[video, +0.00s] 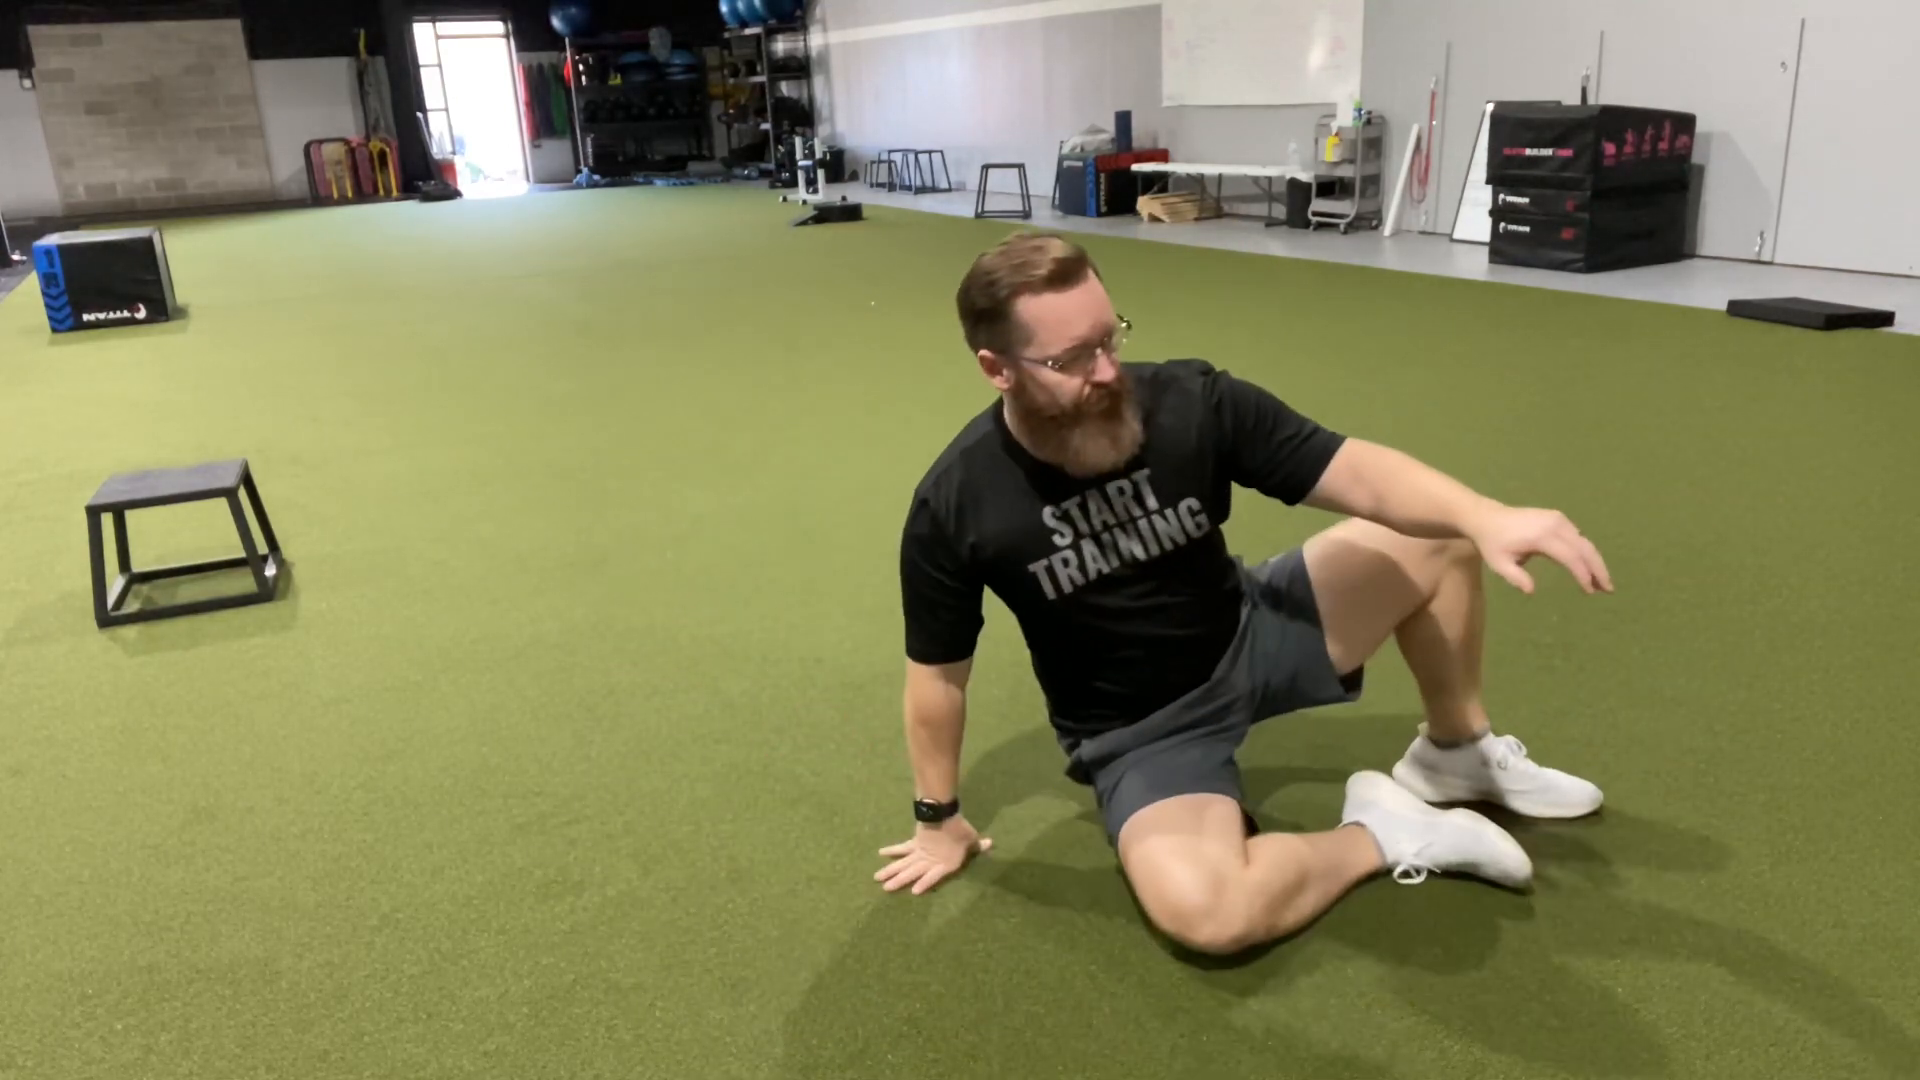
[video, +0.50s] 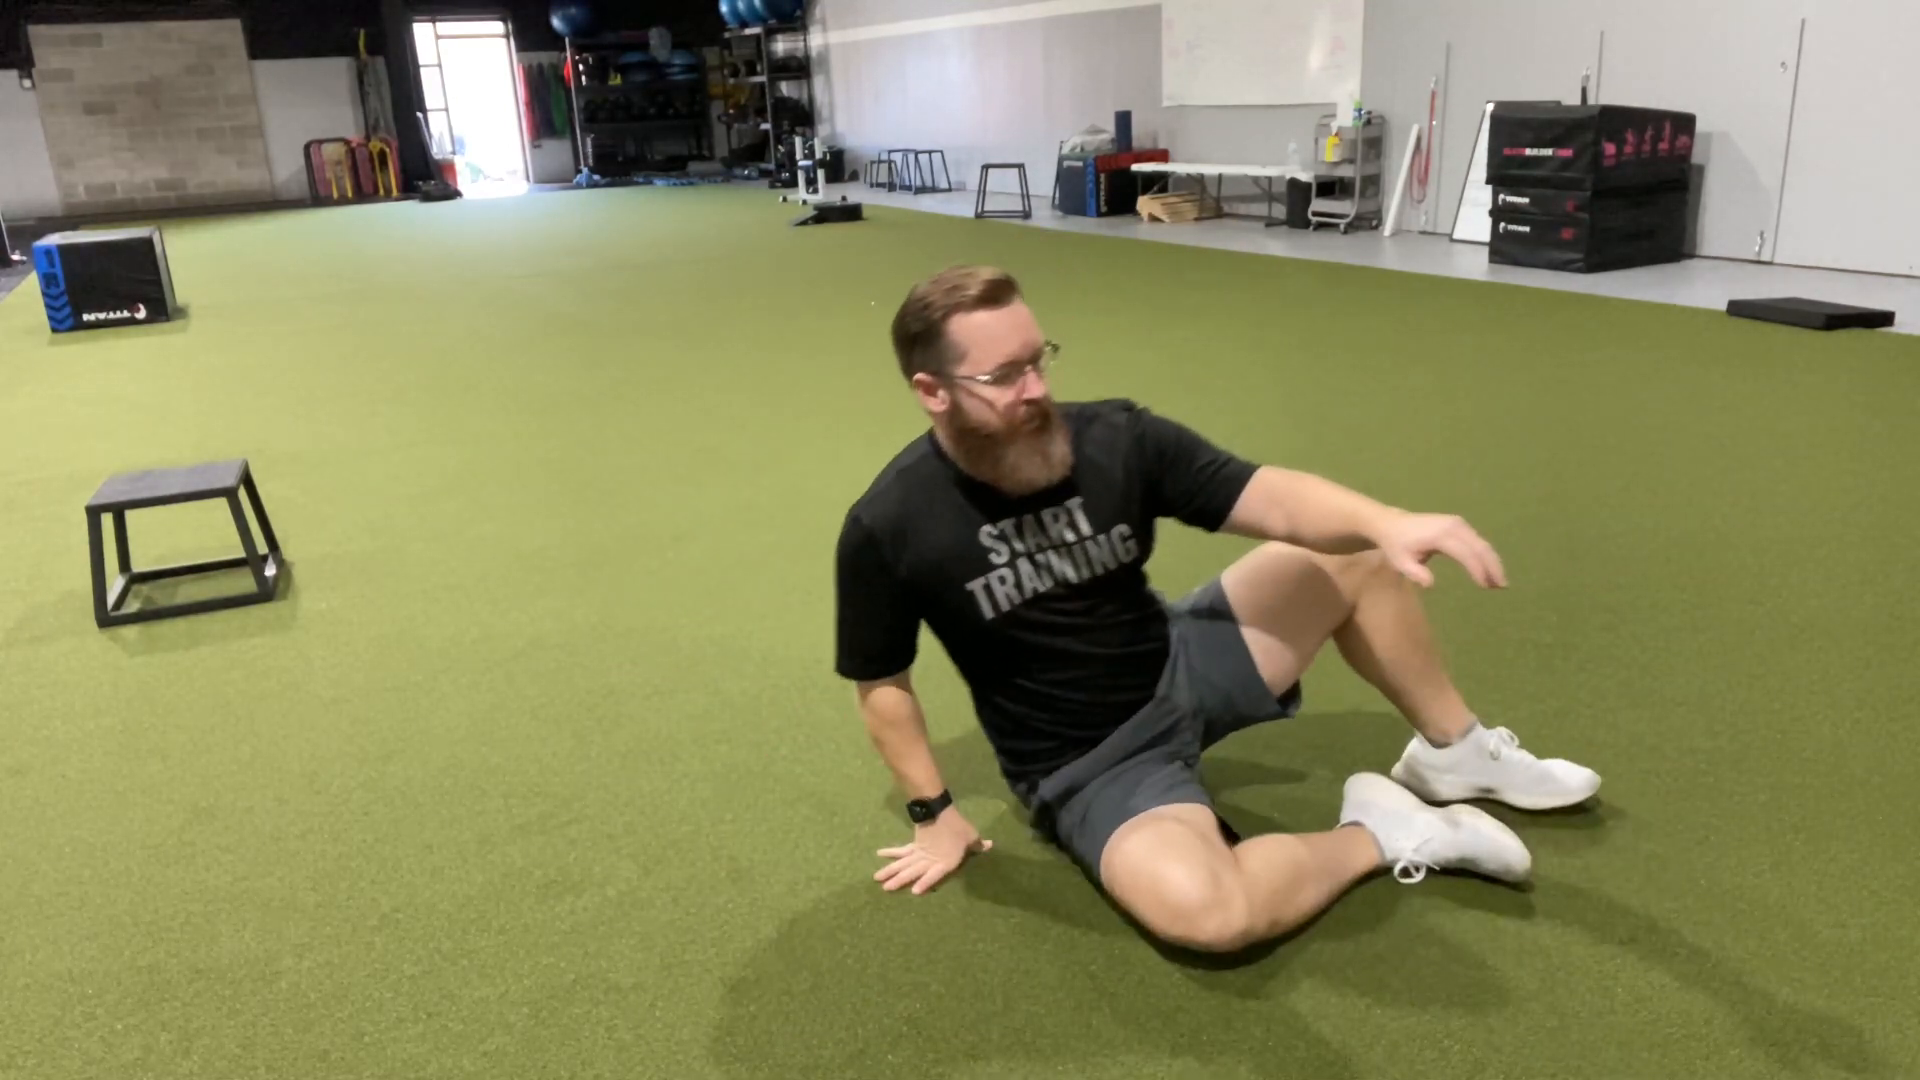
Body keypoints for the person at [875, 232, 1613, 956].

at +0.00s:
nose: (1106, 373)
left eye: (1110, 340)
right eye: (1074, 361)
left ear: (1116, 314)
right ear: (999, 373)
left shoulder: (1192, 403)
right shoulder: (958, 505)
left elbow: (1353, 473)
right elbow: (937, 672)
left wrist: (1487, 517)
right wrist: (940, 818)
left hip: (1248, 631)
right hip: (1141, 730)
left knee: (1437, 542)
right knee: (1203, 910)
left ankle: (1458, 751)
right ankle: (1383, 832)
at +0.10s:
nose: (1103, 368)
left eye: (1105, 335)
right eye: (1070, 356)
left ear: (1111, 308)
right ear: (995, 367)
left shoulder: (1188, 400)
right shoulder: (954, 506)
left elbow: (1352, 471)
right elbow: (937, 675)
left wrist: (1482, 512)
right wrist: (941, 818)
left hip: (1247, 628)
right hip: (1139, 728)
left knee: (1436, 543)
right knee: (1205, 911)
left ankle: (1458, 748)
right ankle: (1382, 831)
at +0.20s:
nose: (1095, 365)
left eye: (1095, 334)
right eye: (1062, 354)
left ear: (1101, 310)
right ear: (987, 368)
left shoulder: (1178, 400)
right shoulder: (947, 508)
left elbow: (1339, 469)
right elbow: (931, 675)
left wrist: (1470, 510)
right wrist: (941, 818)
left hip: (1238, 629)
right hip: (1132, 732)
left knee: (1426, 541)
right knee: (1207, 913)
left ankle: (1458, 747)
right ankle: (1382, 831)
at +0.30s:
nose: (1080, 371)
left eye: (1081, 341)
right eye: (1047, 358)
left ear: (1089, 320)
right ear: (974, 374)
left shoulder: (1162, 411)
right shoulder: (931, 511)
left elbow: (1318, 472)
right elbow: (918, 676)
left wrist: (1453, 512)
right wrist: (941, 819)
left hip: (1219, 638)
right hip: (1118, 739)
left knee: (1403, 543)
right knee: (1205, 912)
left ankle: (1456, 748)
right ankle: (1380, 831)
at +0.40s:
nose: (1055, 380)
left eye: (1058, 350)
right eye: (1023, 367)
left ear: (1068, 331)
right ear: (952, 384)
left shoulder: (1140, 427)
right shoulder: (910, 520)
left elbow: (1291, 483)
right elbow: (899, 678)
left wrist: (1417, 516)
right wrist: (940, 819)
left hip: (1198, 649)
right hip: (1103, 751)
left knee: (1366, 550)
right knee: (1204, 916)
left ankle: (1458, 748)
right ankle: (1382, 831)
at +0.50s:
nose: (1035, 388)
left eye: (1038, 359)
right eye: (1003, 375)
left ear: (1046, 347)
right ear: (932, 396)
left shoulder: (1114, 440)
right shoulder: (889, 533)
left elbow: (1264, 496)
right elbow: (880, 682)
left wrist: (1388, 525)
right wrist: (937, 816)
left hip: (1179, 659)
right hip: (1090, 761)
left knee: (1344, 554)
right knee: (1200, 911)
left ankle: (1459, 749)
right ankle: (1385, 829)